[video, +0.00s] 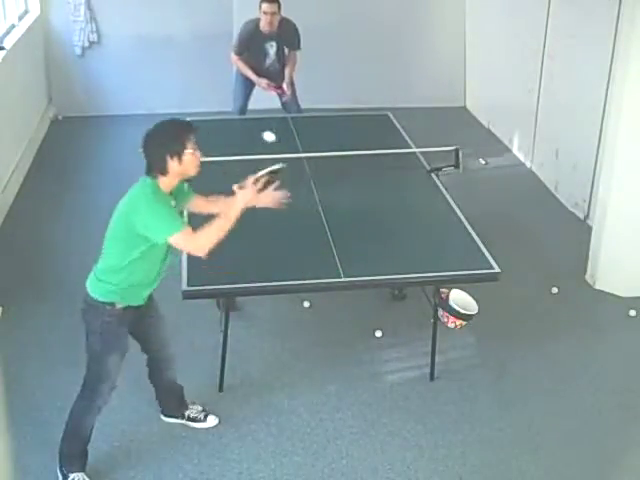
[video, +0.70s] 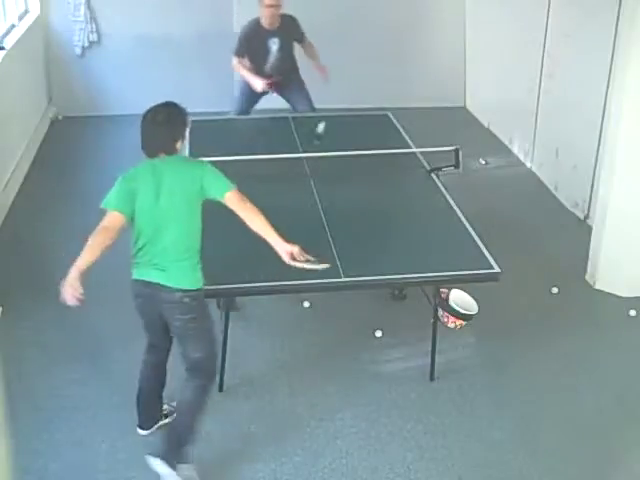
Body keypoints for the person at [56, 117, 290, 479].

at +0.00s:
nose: (199, 154)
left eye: (196, 147)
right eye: (193, 149)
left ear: (171, 159)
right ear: (172, 160)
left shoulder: (173, 189)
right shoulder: (146, 204)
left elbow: (211, 205)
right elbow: (198, 247)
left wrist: (255, 199)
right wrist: (239, 204)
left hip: (139, 298)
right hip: (107, 305)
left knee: (161, 356)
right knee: (100, 387)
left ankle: (173, 409)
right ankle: (71, 464)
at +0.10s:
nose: (194, 150)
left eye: (191, 143)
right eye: (187, 144)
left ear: (165, 155)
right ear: (167, 155)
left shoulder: (163, 187)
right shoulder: (143, 197)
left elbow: (185, 211)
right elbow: (187, 239)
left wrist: (221, 209)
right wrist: (222, 216)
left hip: (137, 297)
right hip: (107, 304)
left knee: (158, 345)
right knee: (100, 388)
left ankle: (159, 411)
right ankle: (70, 465)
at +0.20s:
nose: (194, 153)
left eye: (193, 145)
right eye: (189, 146)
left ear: (163, 153)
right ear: (168, 153)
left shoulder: (156, 184)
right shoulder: (145, 188)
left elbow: (167, 223)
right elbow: (178, 225)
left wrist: (199, 234)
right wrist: (208, 233)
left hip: (141, 297)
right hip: (115, 303)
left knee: (159, 347)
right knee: (107, 387)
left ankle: (149, 415)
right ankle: (72, 464)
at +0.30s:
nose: (195, 156)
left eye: (195, 149)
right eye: (192, 149)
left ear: (161, 148)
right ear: (173, 151)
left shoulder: (139, 177)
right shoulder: (158, 182)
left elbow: (117, 224)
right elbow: (165, 214)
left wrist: (163, 234)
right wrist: (204, 239)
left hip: (141, 295)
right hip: (130, 301)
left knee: (163, 344)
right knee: (126, 380)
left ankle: (150, 414)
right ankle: (80, 459)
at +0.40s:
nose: (191, 155)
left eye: (191, 147)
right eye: (188, 148)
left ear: (159, 147)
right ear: (173, 149)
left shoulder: (137, 176)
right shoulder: (170, 179)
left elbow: (106, 222)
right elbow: (200, 219)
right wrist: (229, 240)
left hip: (150, 295)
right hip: (142, 302)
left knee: (169, 349)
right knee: (143, 382)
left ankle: (152, 414)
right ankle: (91, 458)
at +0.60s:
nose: (187, 145)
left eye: (184, 139)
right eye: (185, 140)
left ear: (144, 144)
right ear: (177, 145)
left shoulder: (126, 180)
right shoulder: (191, 174)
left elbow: (95, 232)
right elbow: (234, 206)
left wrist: (54, 272)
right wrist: (271, 249)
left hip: (136, 290)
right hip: (172, 298)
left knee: (156, 352)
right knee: (178, 373)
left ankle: (155, 412)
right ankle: (128, 450)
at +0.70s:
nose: (189, 138)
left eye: (187, 132)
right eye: (187, 133)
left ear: (146, 139)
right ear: (179, 138)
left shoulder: (133, 177)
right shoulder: (199, 171)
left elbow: (108, 230)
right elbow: (240, 205)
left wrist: (76, 270)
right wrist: (279, 243)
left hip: (143, 290)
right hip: (182, 294)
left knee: (156, 348)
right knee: (199, 371)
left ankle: (148, 419)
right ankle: (172, 456)